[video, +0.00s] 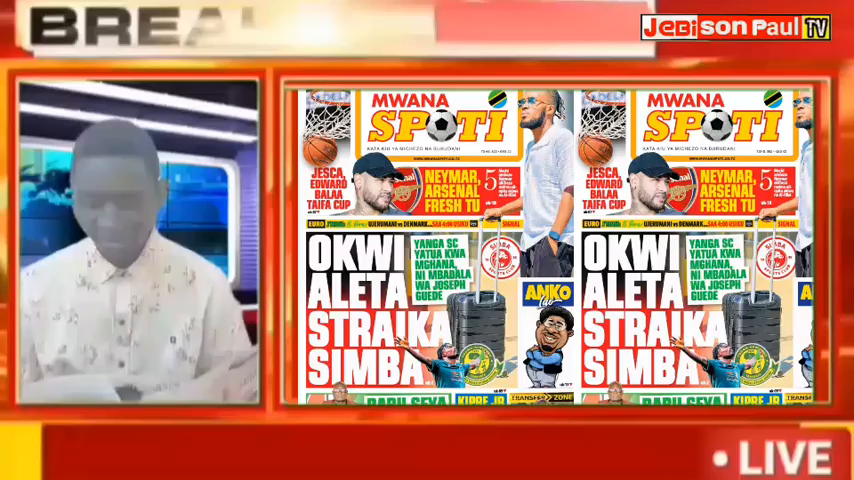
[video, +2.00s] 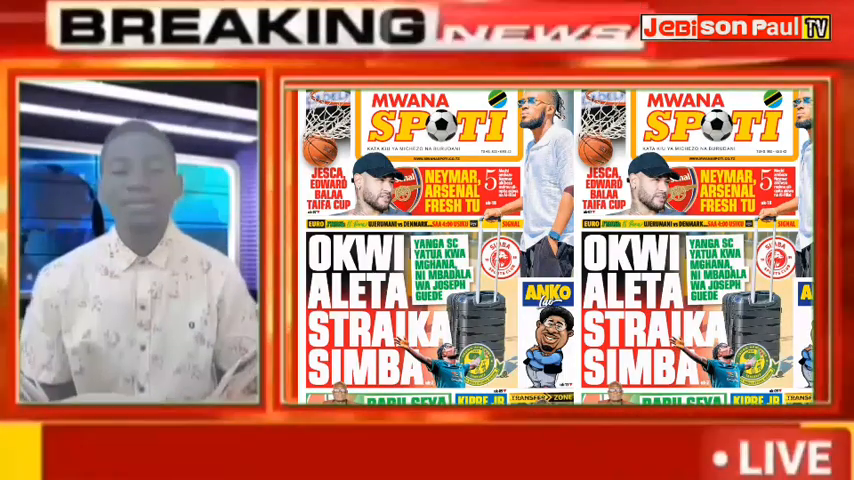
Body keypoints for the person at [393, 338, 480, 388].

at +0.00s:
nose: (453, 348)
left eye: (453, 347)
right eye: (449, 347)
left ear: (455, 352)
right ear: (443, 354)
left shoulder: (462, 367)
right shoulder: (439, 365)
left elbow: (474, 365)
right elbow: (423, 359)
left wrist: (477, 361)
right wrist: (408, 348)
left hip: (461, 402)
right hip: (444, 402)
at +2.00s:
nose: (453, 348)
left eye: (453, 347)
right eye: (449, 347)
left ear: (455, 351)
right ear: (443, 354)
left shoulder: (462, 367)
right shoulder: (438, 365)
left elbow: (474, 365)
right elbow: (423, 359)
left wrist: (478, 360)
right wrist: (408, 348)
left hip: (461, 402)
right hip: (444, 403)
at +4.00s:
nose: (453, 348)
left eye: (453, 347)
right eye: (449, 347)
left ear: (455, 351)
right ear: (443, 354)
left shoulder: (462, 367)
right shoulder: (438, 365)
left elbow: (474, 365)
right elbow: (423, 359)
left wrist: (478, 360)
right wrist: (408, 348)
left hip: (461, 402)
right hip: (444, 403)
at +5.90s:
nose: (453, 348)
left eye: (453, 347)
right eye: (449, 347)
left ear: (455, 351)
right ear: (443, 354)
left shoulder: (462, 367)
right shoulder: (438, 365)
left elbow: (474, 365)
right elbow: (423, 359)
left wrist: (478, 360)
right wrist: (408, 348)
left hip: (461, 403)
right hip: (444, 403)